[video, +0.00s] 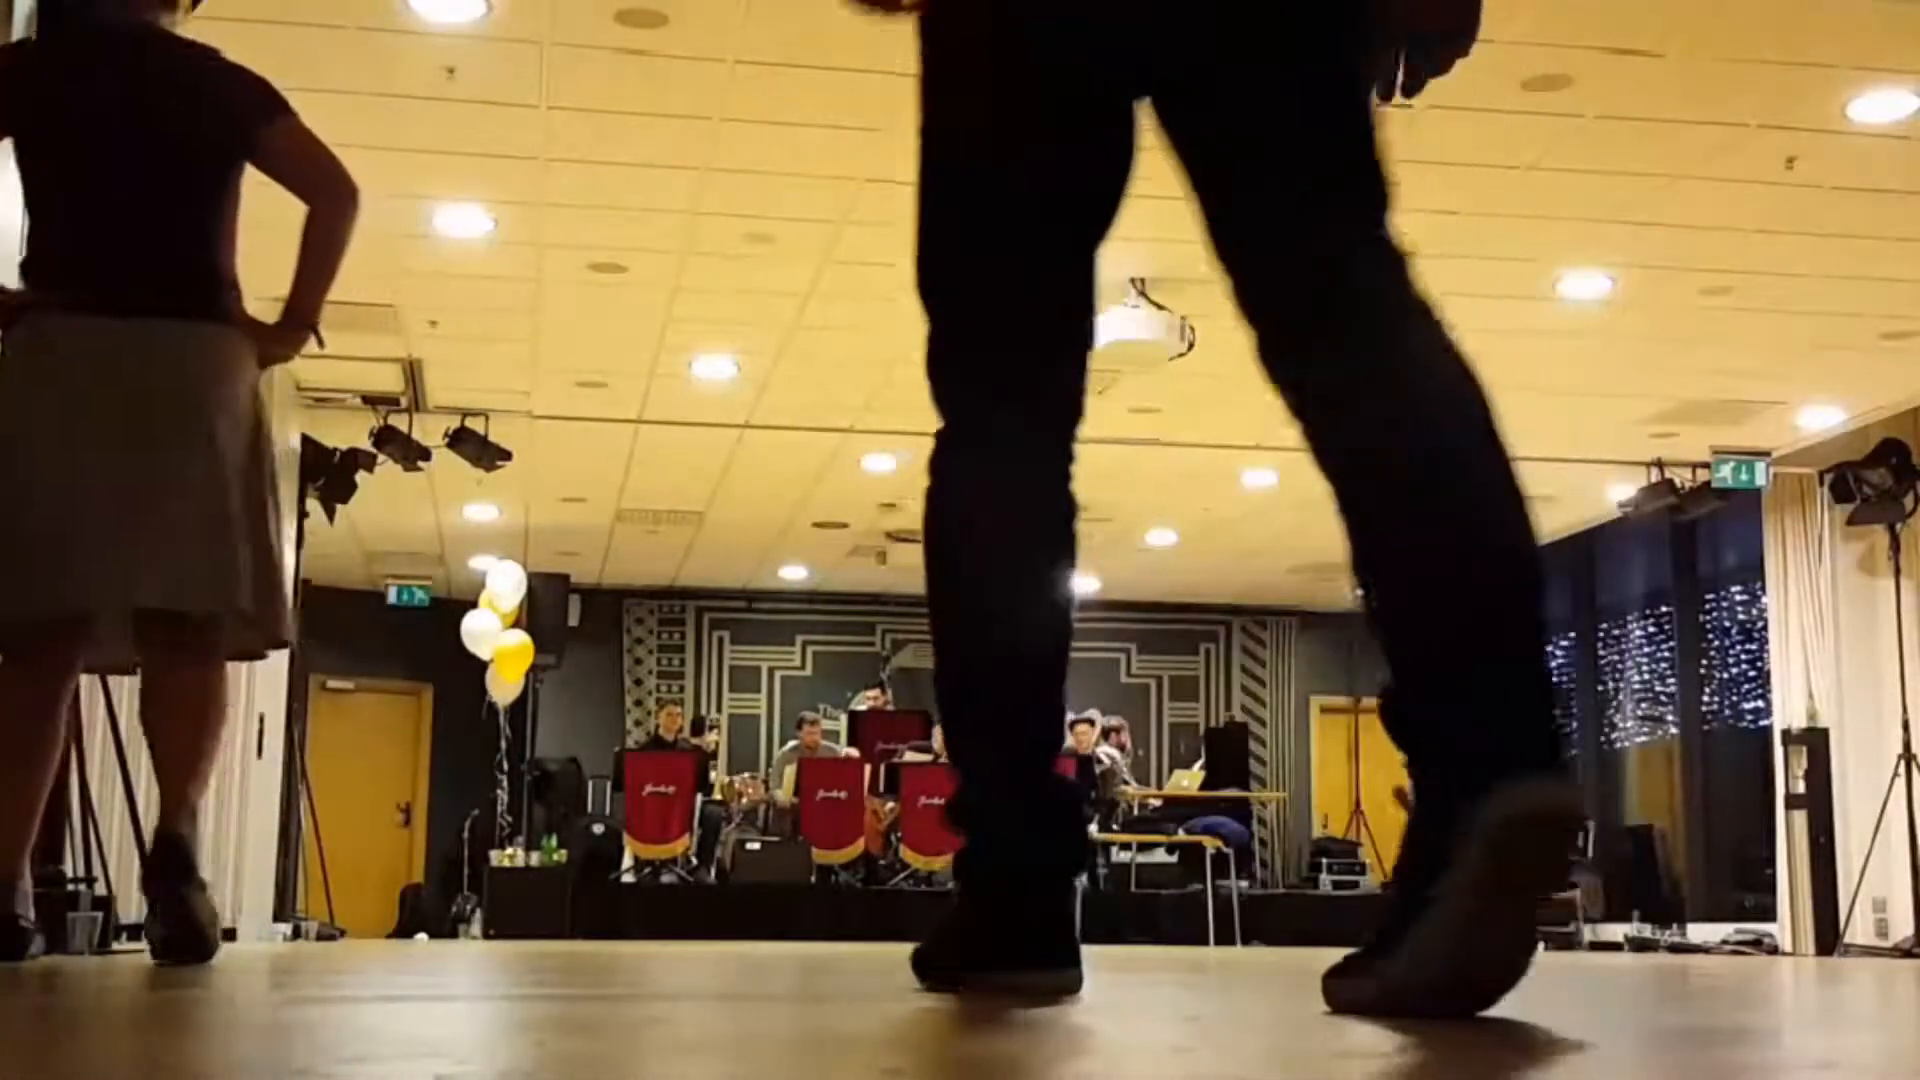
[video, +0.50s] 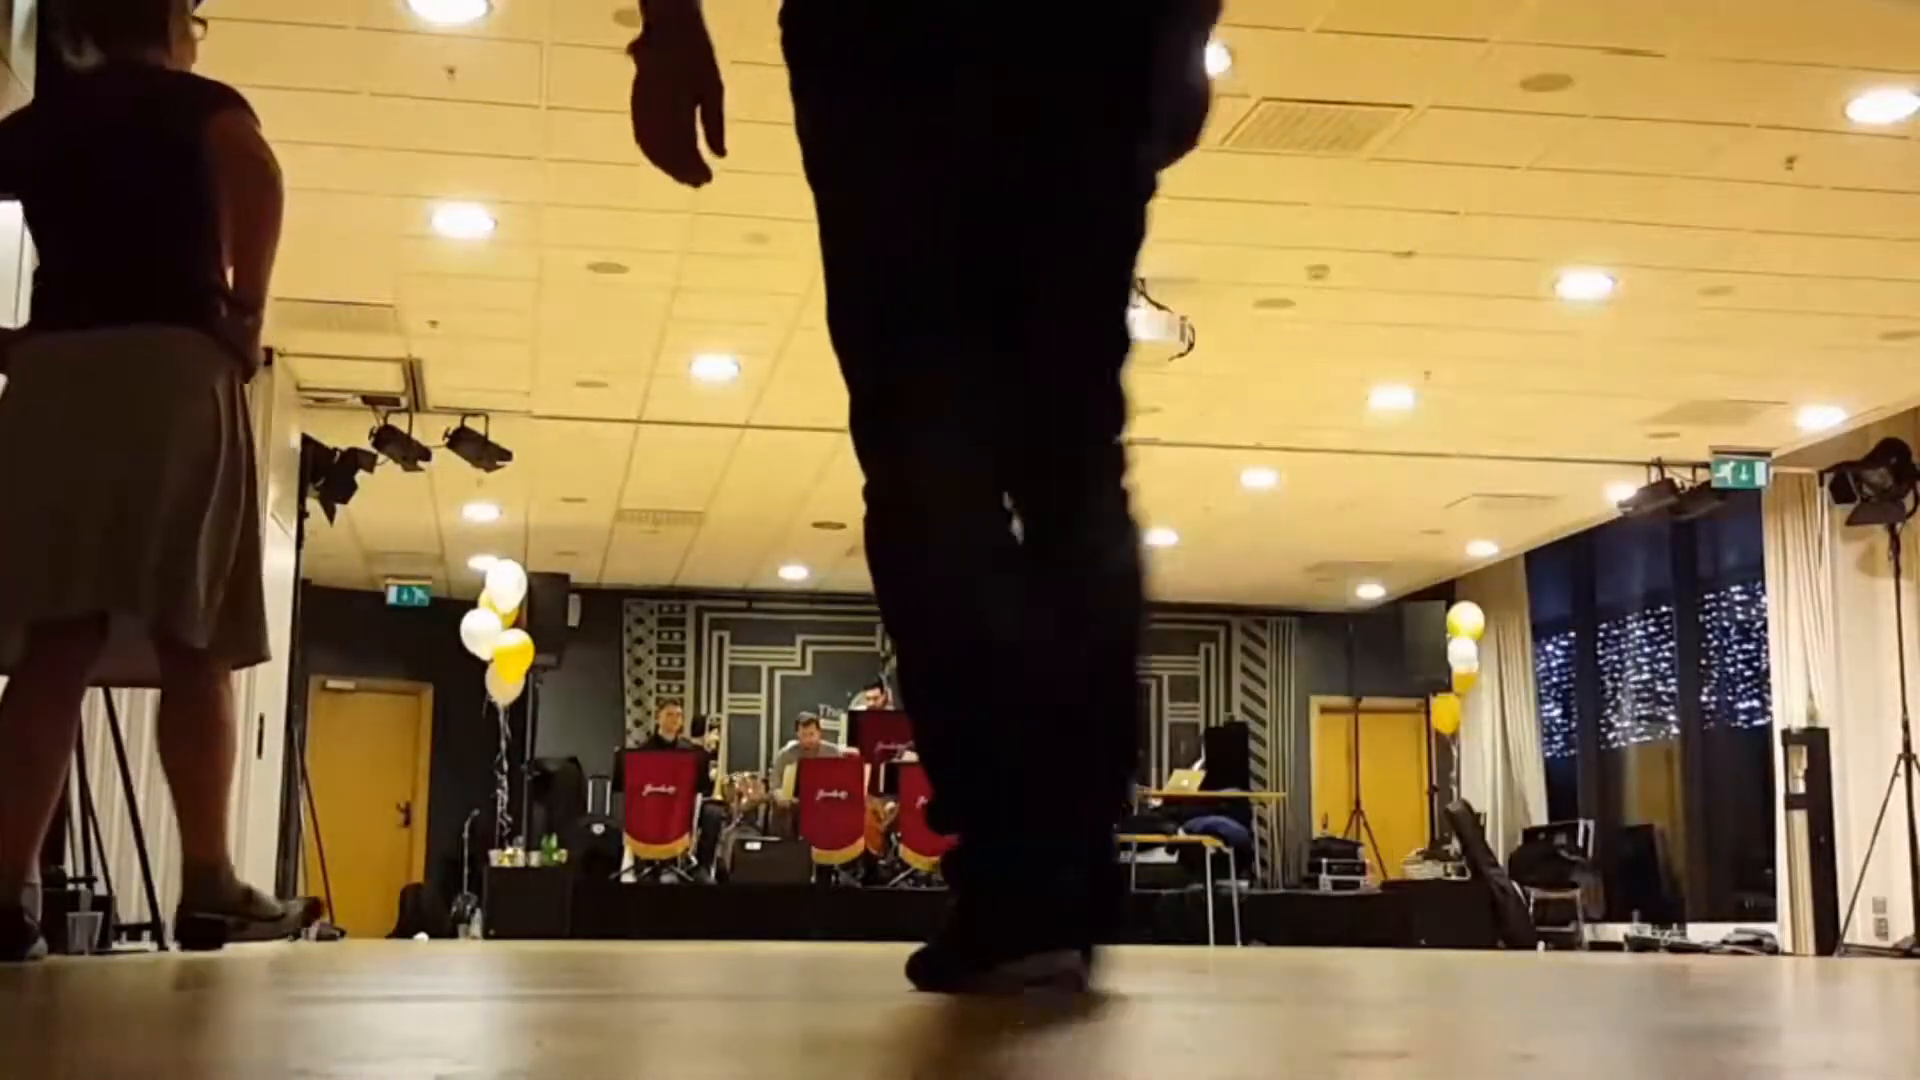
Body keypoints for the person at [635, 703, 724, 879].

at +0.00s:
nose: (674, 720)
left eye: (678, 715)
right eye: (669, 715)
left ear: (682, 720)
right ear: (659, 718)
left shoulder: (693, 751)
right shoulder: (645, 750)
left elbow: (704, 788)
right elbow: (636, 783)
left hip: (684, 806)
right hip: (652, 805)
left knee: (714, 814)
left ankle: (704, 867)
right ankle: (645, 867)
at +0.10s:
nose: (674, 720)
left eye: (678, 715)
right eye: (669, 715)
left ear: (682, 720)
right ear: (658, 718)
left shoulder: (694, 751)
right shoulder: (644, 750)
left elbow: (704, 789)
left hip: (684, 808)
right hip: (651, 807)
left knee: (713, 813)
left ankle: (704, 867)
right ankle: (645, 866)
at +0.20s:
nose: (674, 720)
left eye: (678, 715)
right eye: (669, 715)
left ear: (682, 720)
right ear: (658, 718)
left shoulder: (695, 751)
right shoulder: (643, 751)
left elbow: (704, 789)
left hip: (684, 808)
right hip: (651, 807)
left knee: (714, 814)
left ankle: (704, 867)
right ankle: (645, 866)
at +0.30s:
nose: (673, 720)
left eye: (677, 716)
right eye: (669, 715)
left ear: (682, 721)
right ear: (659, 718)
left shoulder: (694, 751)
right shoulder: (644, 750)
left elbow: (704, 789)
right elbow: (633, 784)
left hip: (683, 807)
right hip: (651, 805)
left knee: (713, 813)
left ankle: (704, 867)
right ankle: (645, 866)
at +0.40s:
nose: (674, 719)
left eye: (678, 715)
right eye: (669, 714)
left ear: (682, 721)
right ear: (658, 718)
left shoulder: (695, 752)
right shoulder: (643, 751)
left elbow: (704, 788)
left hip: (684, 807)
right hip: (651, 806)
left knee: (713, 813)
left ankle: (704, 867)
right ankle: (645, 866)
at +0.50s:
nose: (674, 719)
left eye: (678, 715)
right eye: (669, 714)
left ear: (682, 720)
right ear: (658, 718)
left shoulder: (695, 752)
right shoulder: (643, 751)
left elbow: (704, 789)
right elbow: (630, 785)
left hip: (683, 807)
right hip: (650, 806)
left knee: (713, 813)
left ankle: (704, 867)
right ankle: (645, 864)